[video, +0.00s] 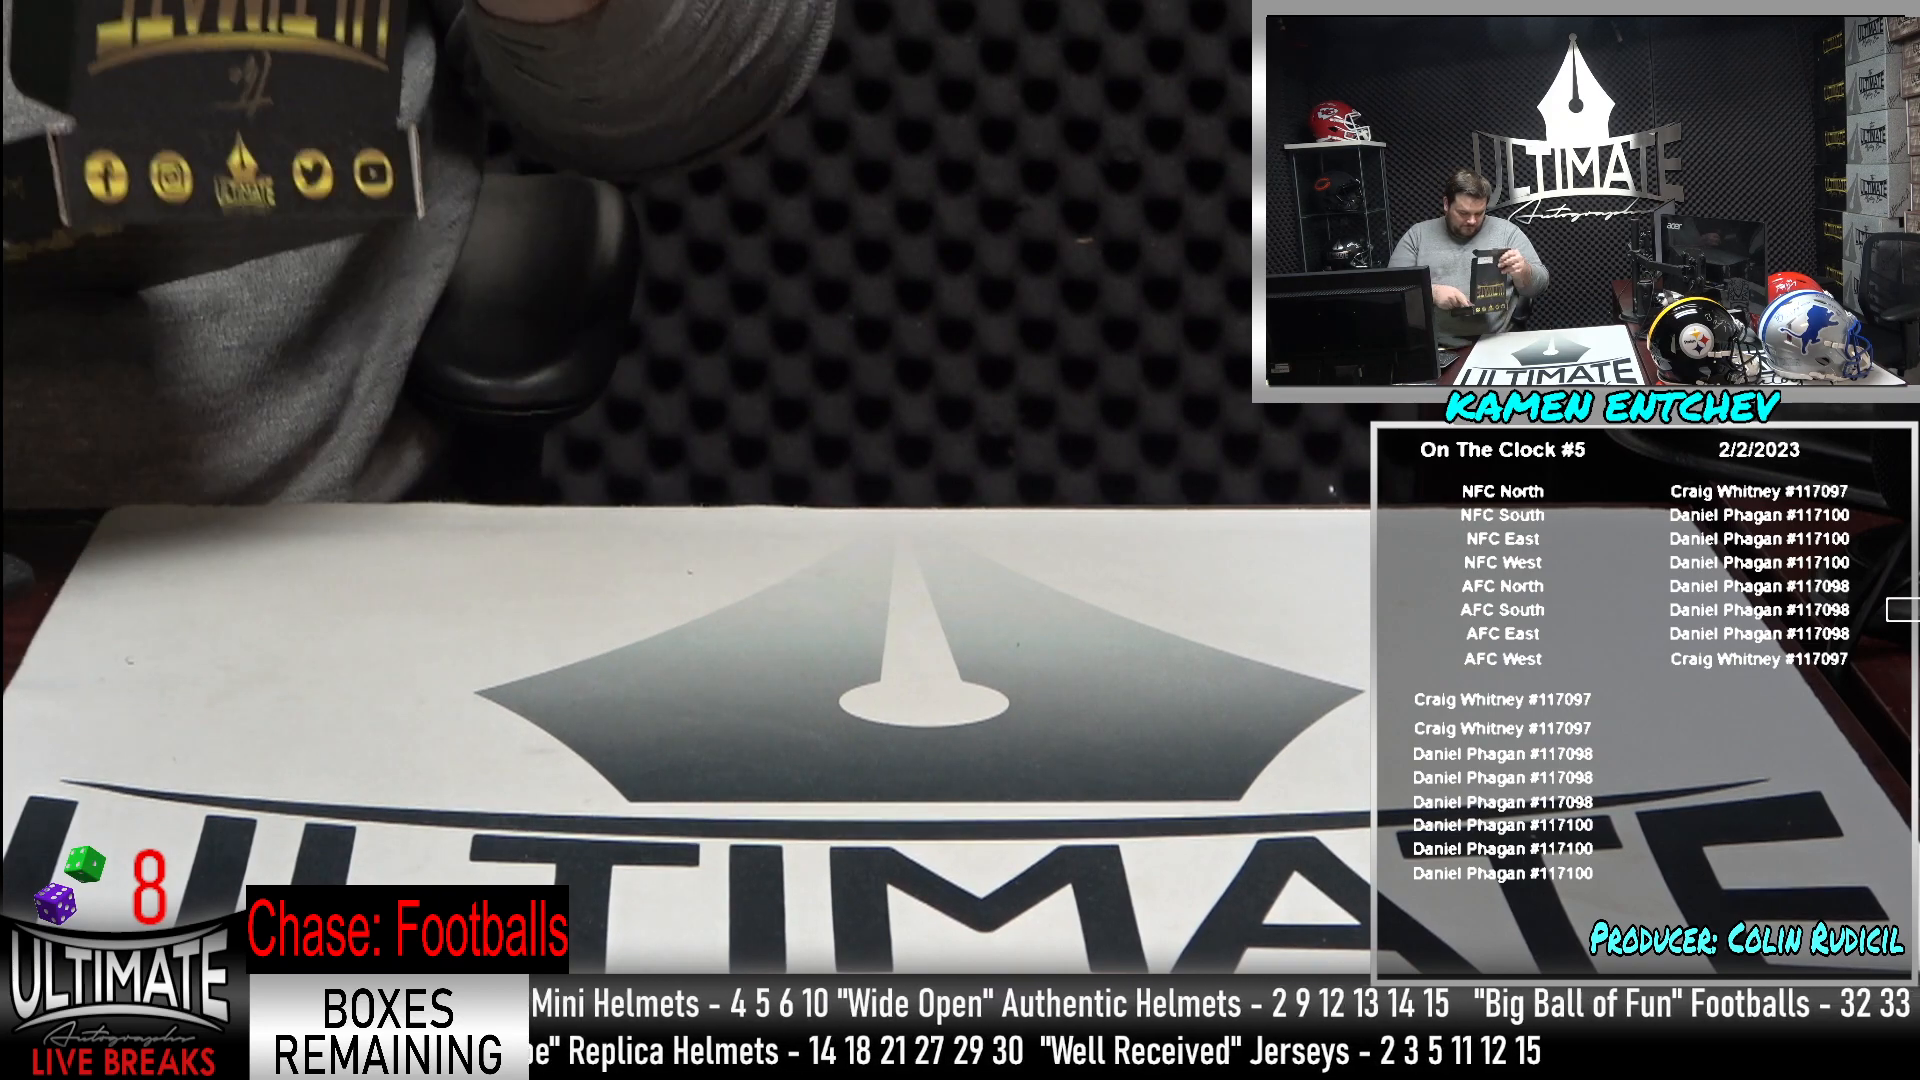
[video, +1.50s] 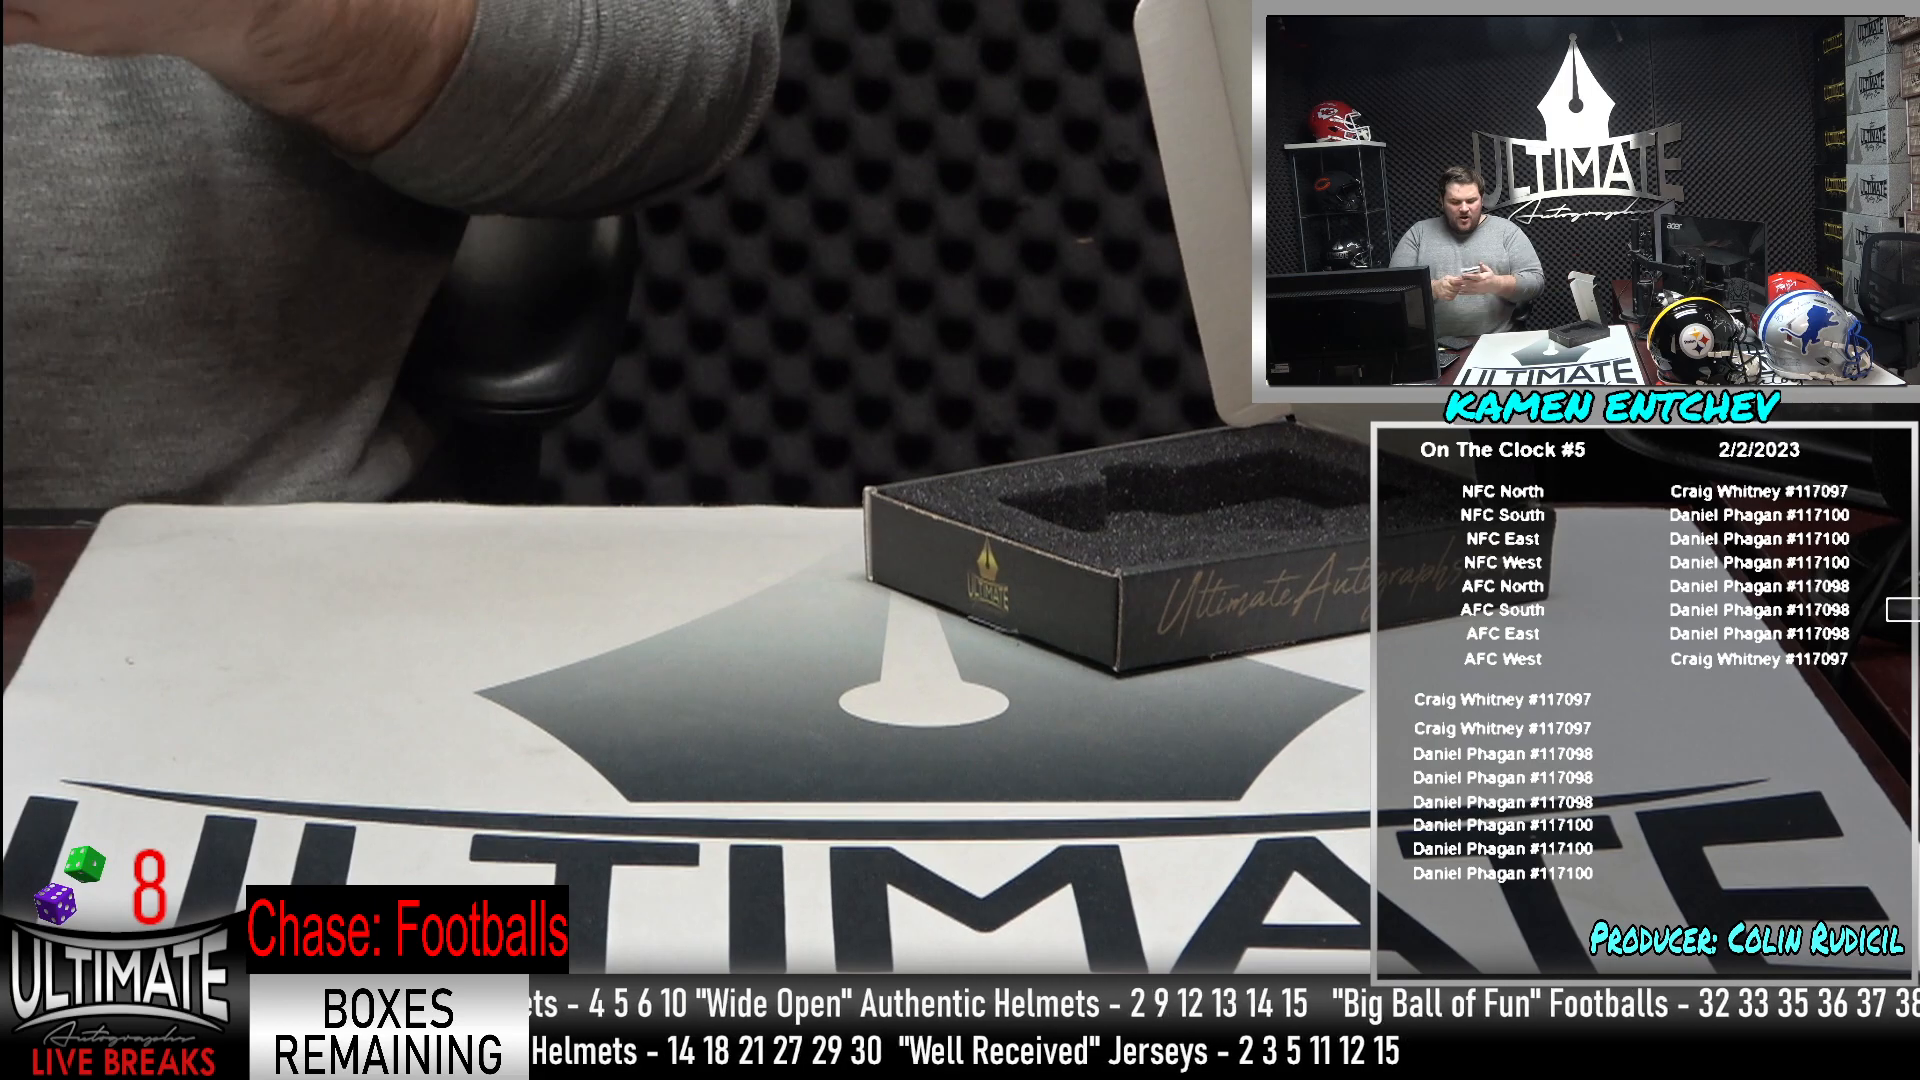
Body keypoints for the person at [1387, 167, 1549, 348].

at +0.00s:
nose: (1472, 221)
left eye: (1479, 213)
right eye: (1463, 213)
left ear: (1486, 207)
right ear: (1446, 204)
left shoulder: (1507, 233)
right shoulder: (1418, 235)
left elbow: (1538, 284)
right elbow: (1393, 285)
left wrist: (1523, 271)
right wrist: (1432, 291)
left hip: (1494, 347)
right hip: (1432, 350)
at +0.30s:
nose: (1472, 219)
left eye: (1479, 211)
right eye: (1463, 211)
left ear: (1486, 206)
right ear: (1447, 204)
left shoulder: (1506, 232)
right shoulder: (1418, 235)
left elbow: (1539, 283)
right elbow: (1394, 285)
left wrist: (1518, 265)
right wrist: (1437, 290)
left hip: (1497, 346)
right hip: (1436, 350)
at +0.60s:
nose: (1466, 215)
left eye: (1474, 208)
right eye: (1458, 206)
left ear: (1484, 206)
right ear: (1444, 201)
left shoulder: (1506, 232)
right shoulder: (1418, 236)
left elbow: (1539, 284)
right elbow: (1394, 287)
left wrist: (1526, 271)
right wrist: (1430, 293)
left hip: (1496, 344)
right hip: (1435, 349)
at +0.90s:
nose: (1456, 211)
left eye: (1463, 203)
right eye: (1448, 204)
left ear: (1477, 201)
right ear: (1437, 203)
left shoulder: (1507, 233)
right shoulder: (1416, 237)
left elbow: (1532, 276)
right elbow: (1390, 289)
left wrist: (1564, 277)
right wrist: (1421, 291)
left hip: (1496, 348)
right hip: (1433, 351)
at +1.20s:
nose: (1456, 210)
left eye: (1463, 201)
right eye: (1448, 203)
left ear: (1476, 200)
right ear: (1438, 203)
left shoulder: (1508, 233)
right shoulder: (1416, 237)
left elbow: (1530, 275)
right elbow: (1391, 288)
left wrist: (1552, 277)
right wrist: (1423, 290)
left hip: (1497, 348)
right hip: (1434, 352)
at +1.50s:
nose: (1464, 209)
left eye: (1471, 201)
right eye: (1455, 202)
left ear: (1481, 199)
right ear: (1442, 202)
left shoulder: (1507, 232)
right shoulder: (1419, 234)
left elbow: (1536, 281)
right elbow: (1394, 288)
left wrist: (1496, 284)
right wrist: (1431, 289)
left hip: (1497, 345)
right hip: (1436, 349)